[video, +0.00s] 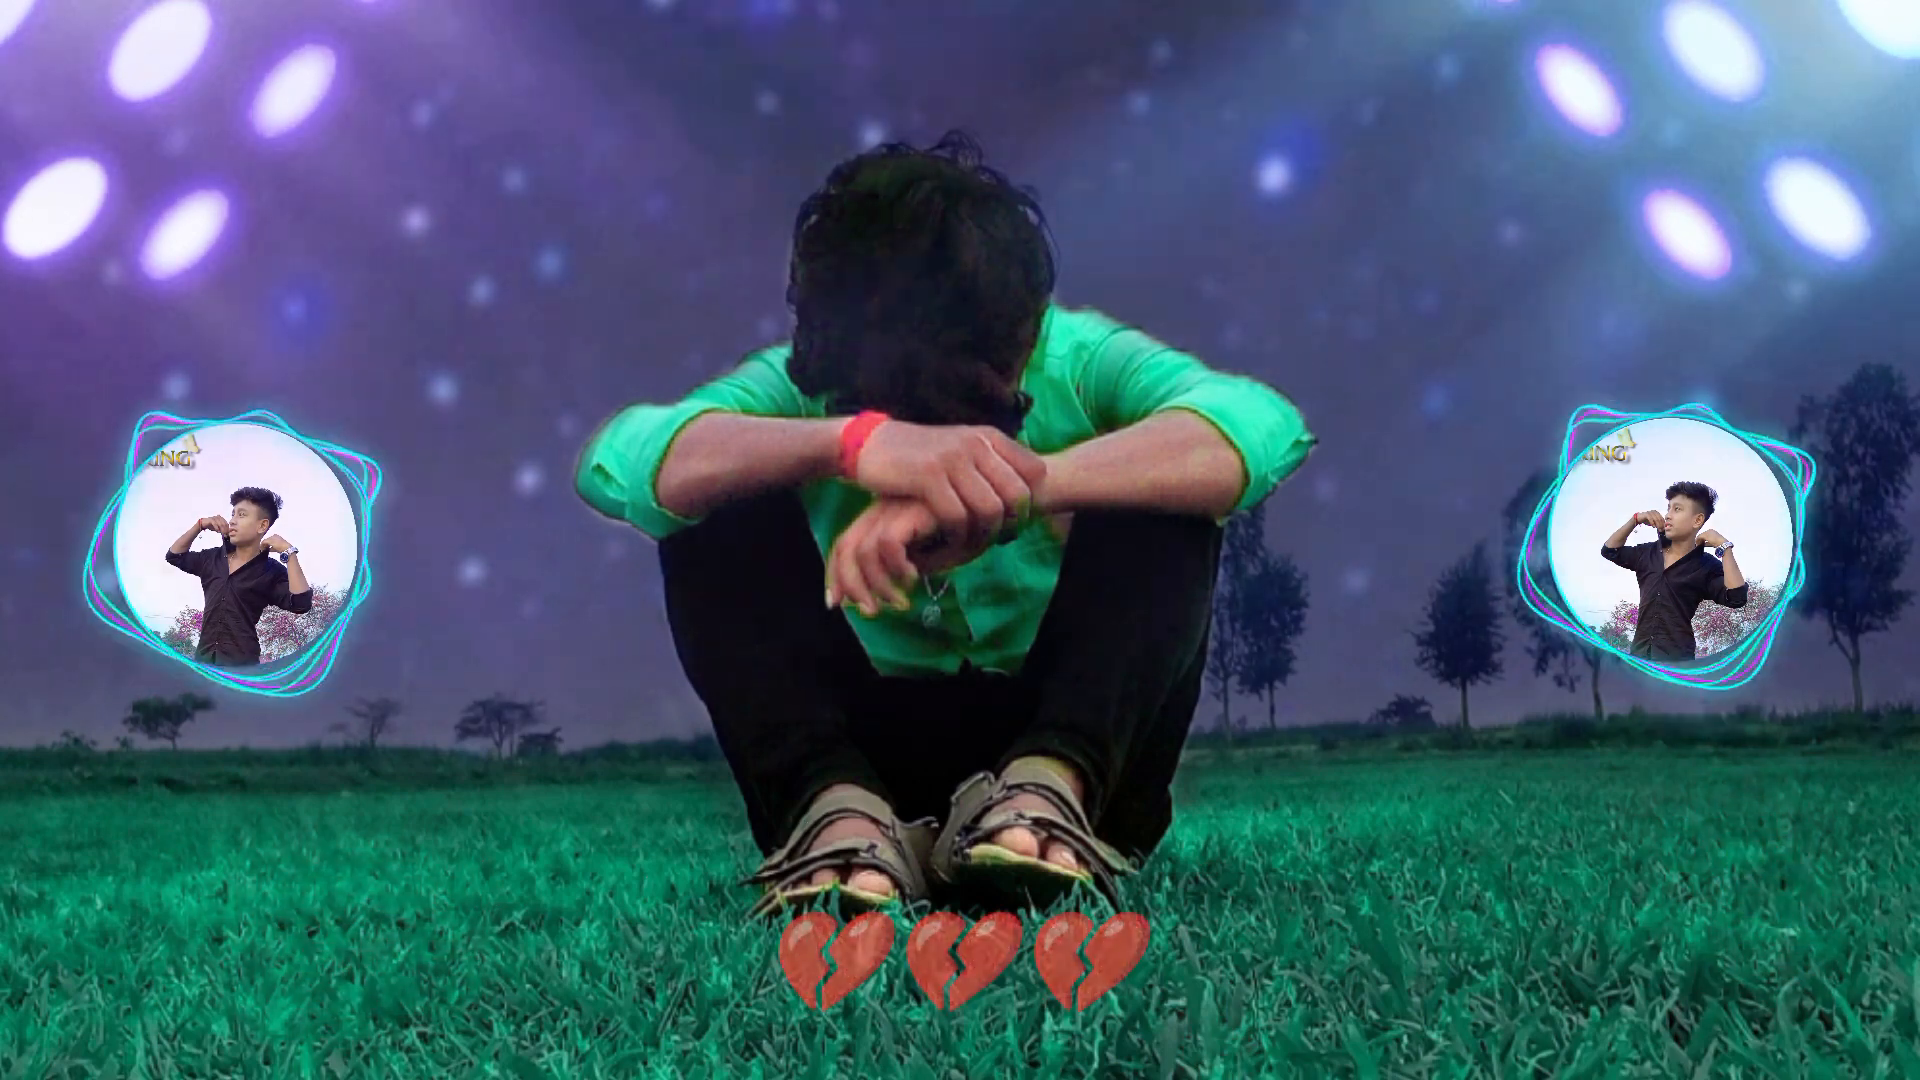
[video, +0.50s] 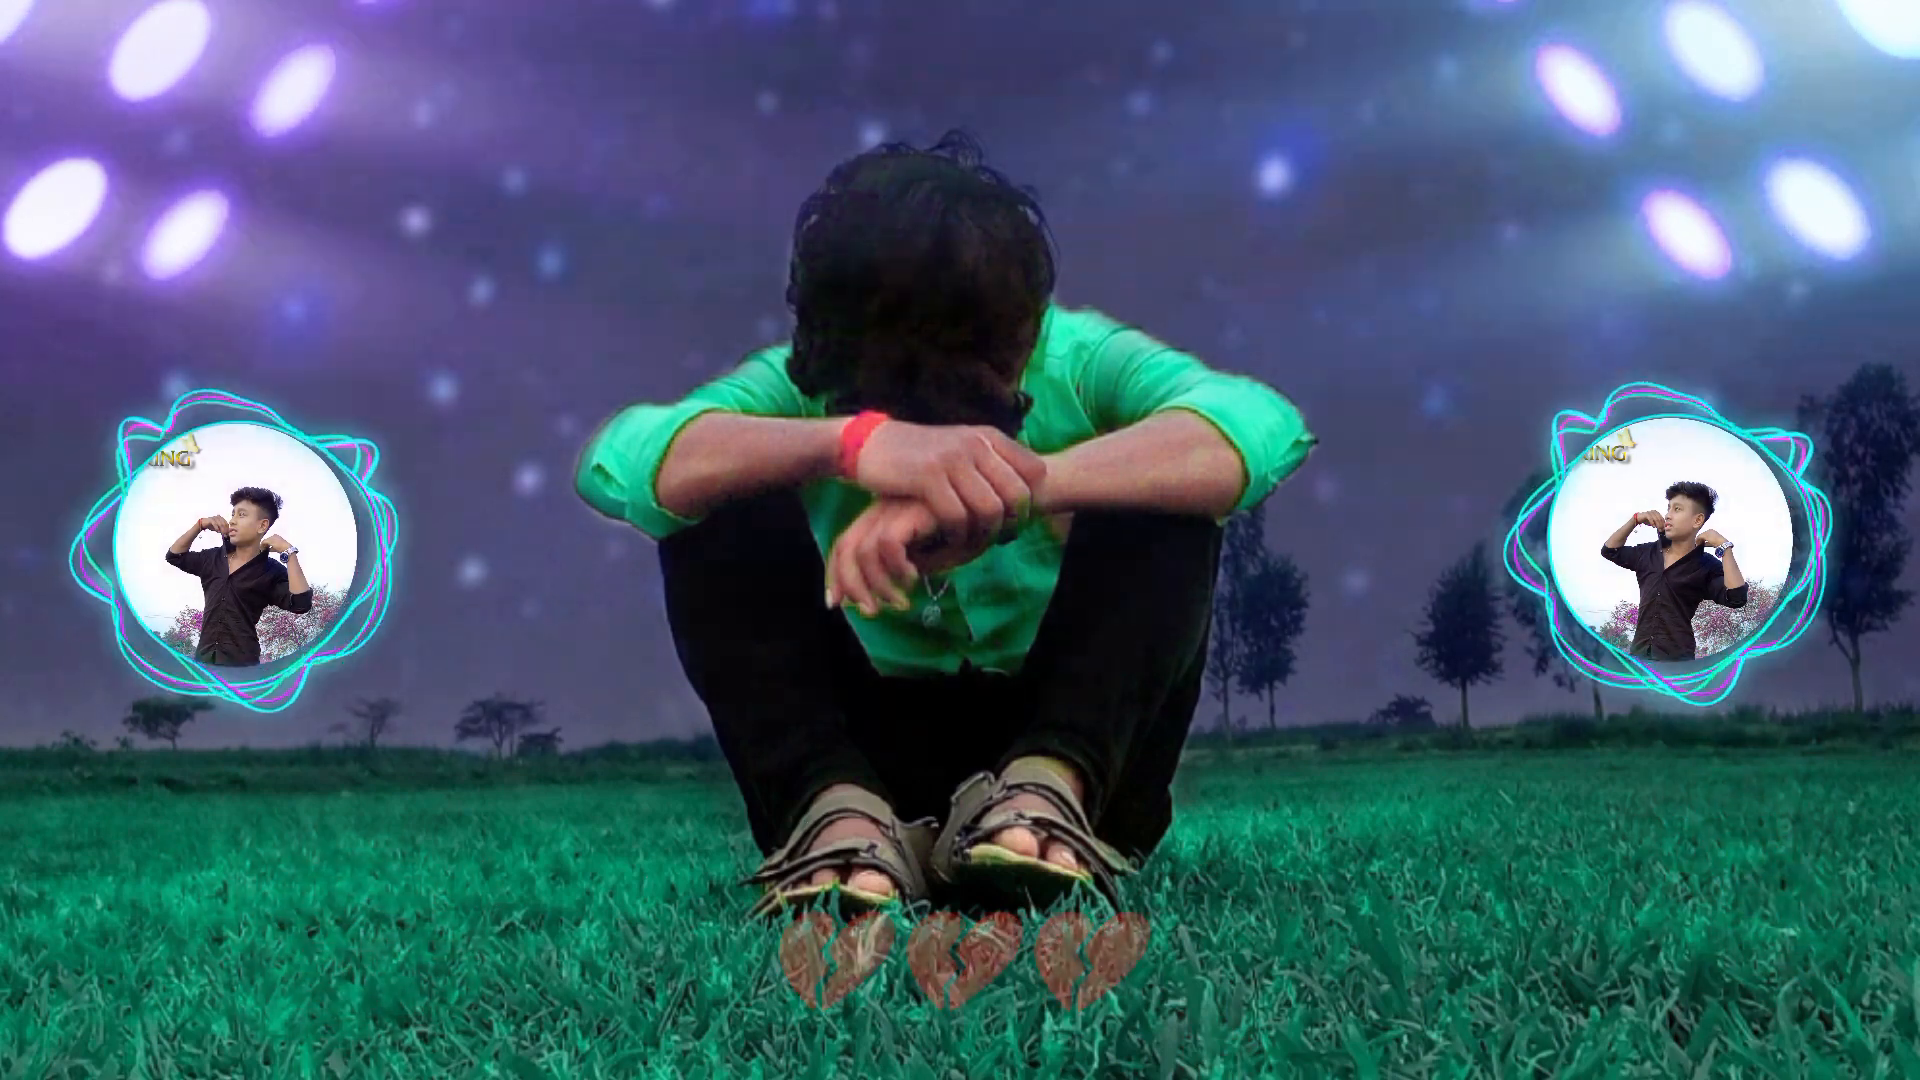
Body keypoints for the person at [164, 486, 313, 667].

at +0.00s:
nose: (232, 521)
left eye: (242, 515)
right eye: (233, 514)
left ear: (263, 525)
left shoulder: (270, 569)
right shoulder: (212, 558)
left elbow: (301, 604)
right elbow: (174, 556)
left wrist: (289, 553)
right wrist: (199, 526)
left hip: (242, 662)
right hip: (204, 658)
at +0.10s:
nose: (232, 521)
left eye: (242, 515)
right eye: (233, 514)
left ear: (263, 525)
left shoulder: (270, 570)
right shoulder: (212, 558)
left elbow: (301, 604)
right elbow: (174, 557)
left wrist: (289, 553)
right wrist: (199, 526)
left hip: (242, 663)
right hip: (204, 658)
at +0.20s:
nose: (232, 521)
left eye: (241, 515)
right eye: (232, 515)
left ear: (262, 526)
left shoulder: (270, 570)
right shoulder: (212, 558)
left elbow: (301, 604)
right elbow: (174, 557)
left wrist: (289, 552)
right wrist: (198, 526)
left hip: (242, 665)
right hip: (203, 660)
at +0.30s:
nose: (232, 521)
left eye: (242, 515)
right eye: (233, 514)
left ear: (263, 525)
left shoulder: (270, 570)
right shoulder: (212, 558)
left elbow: (301, 604)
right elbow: (174, 556)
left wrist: (290, 553)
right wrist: (199, 526)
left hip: (242, 663)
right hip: (204, 658)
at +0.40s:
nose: (232, 521)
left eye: (241, 515)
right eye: (232, 515)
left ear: (263, 525)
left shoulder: (270, 570)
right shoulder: (212, 558)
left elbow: (301, 604)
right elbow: (174, 556)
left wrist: (289, 552)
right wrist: (199, 526)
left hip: (242, 665)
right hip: (203, 660)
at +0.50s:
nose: (232, 521)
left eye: (242, 515)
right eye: (233, 515)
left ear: (263, 525)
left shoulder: (270, 570)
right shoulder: (212, 558)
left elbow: (301, 604)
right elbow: (174, 557)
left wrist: (289, 553)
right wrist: (199, 526)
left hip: (242, 665)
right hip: (203, 660)